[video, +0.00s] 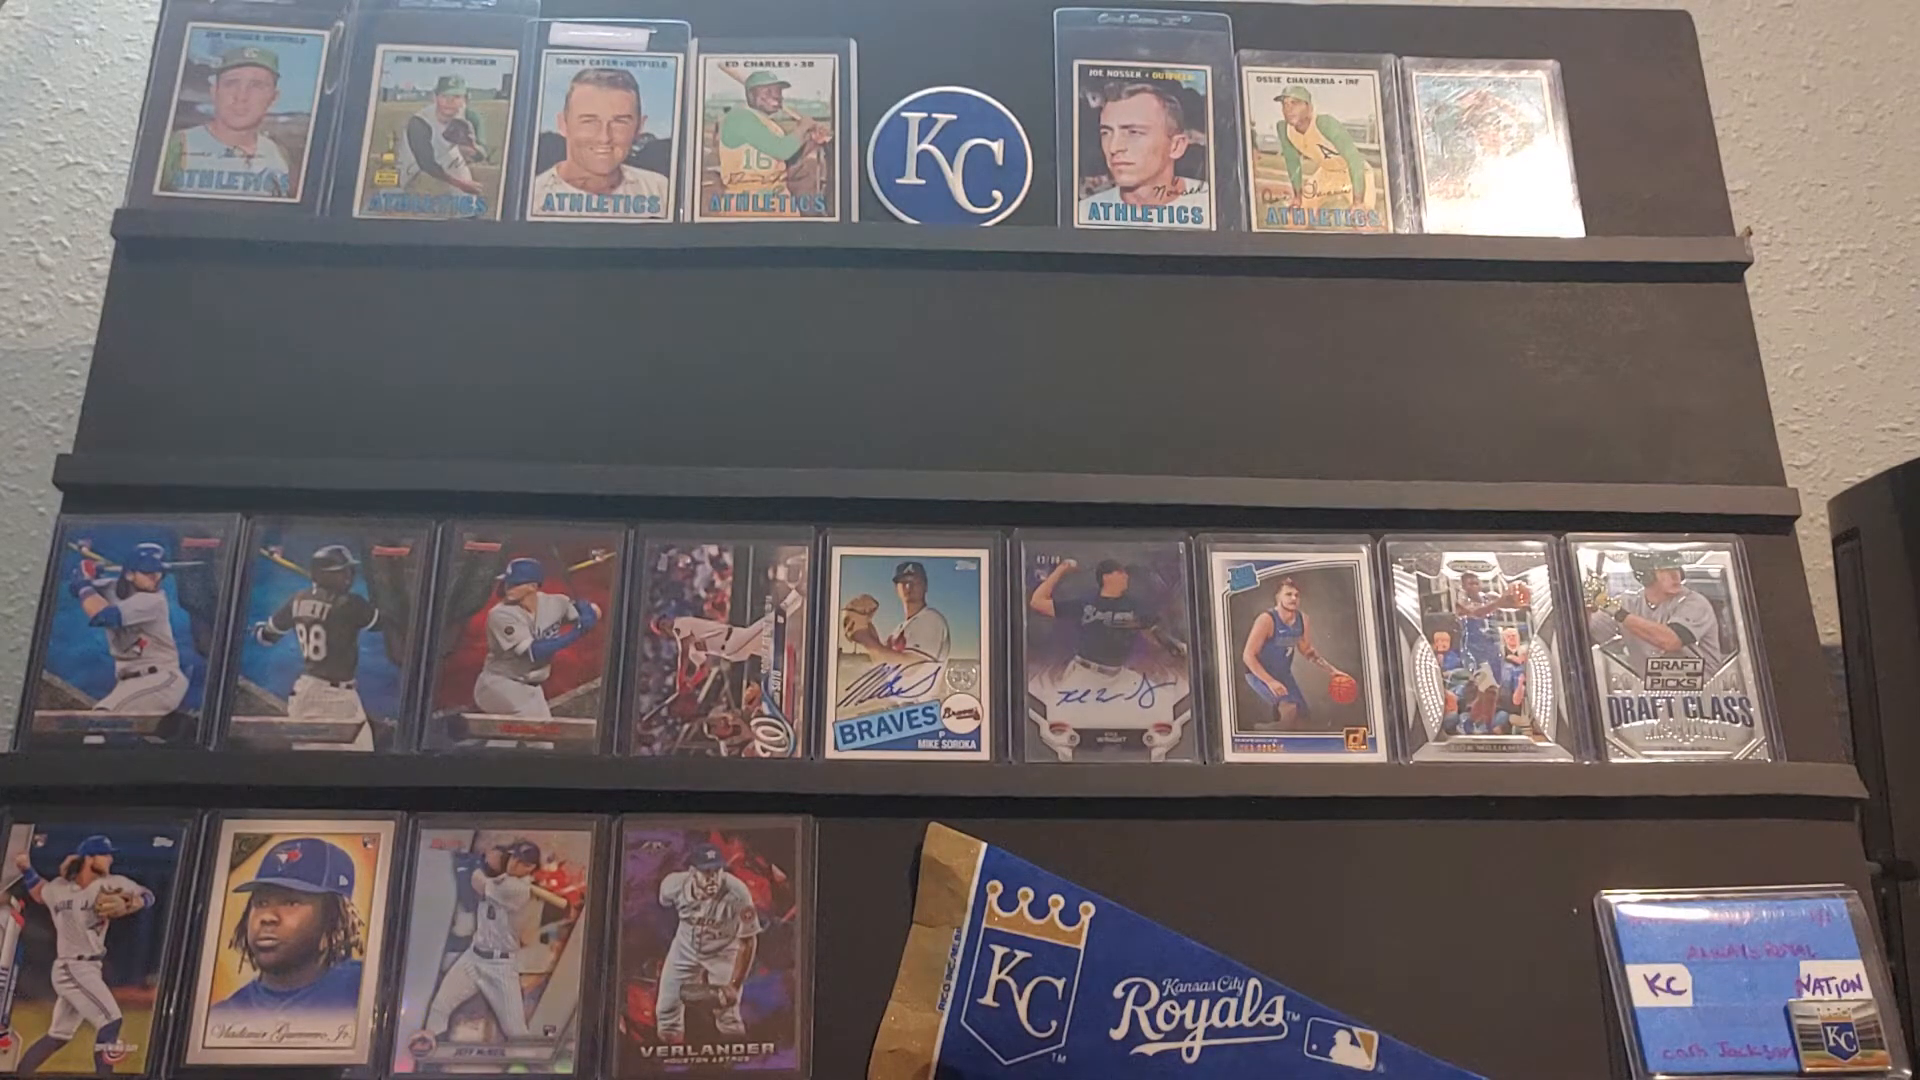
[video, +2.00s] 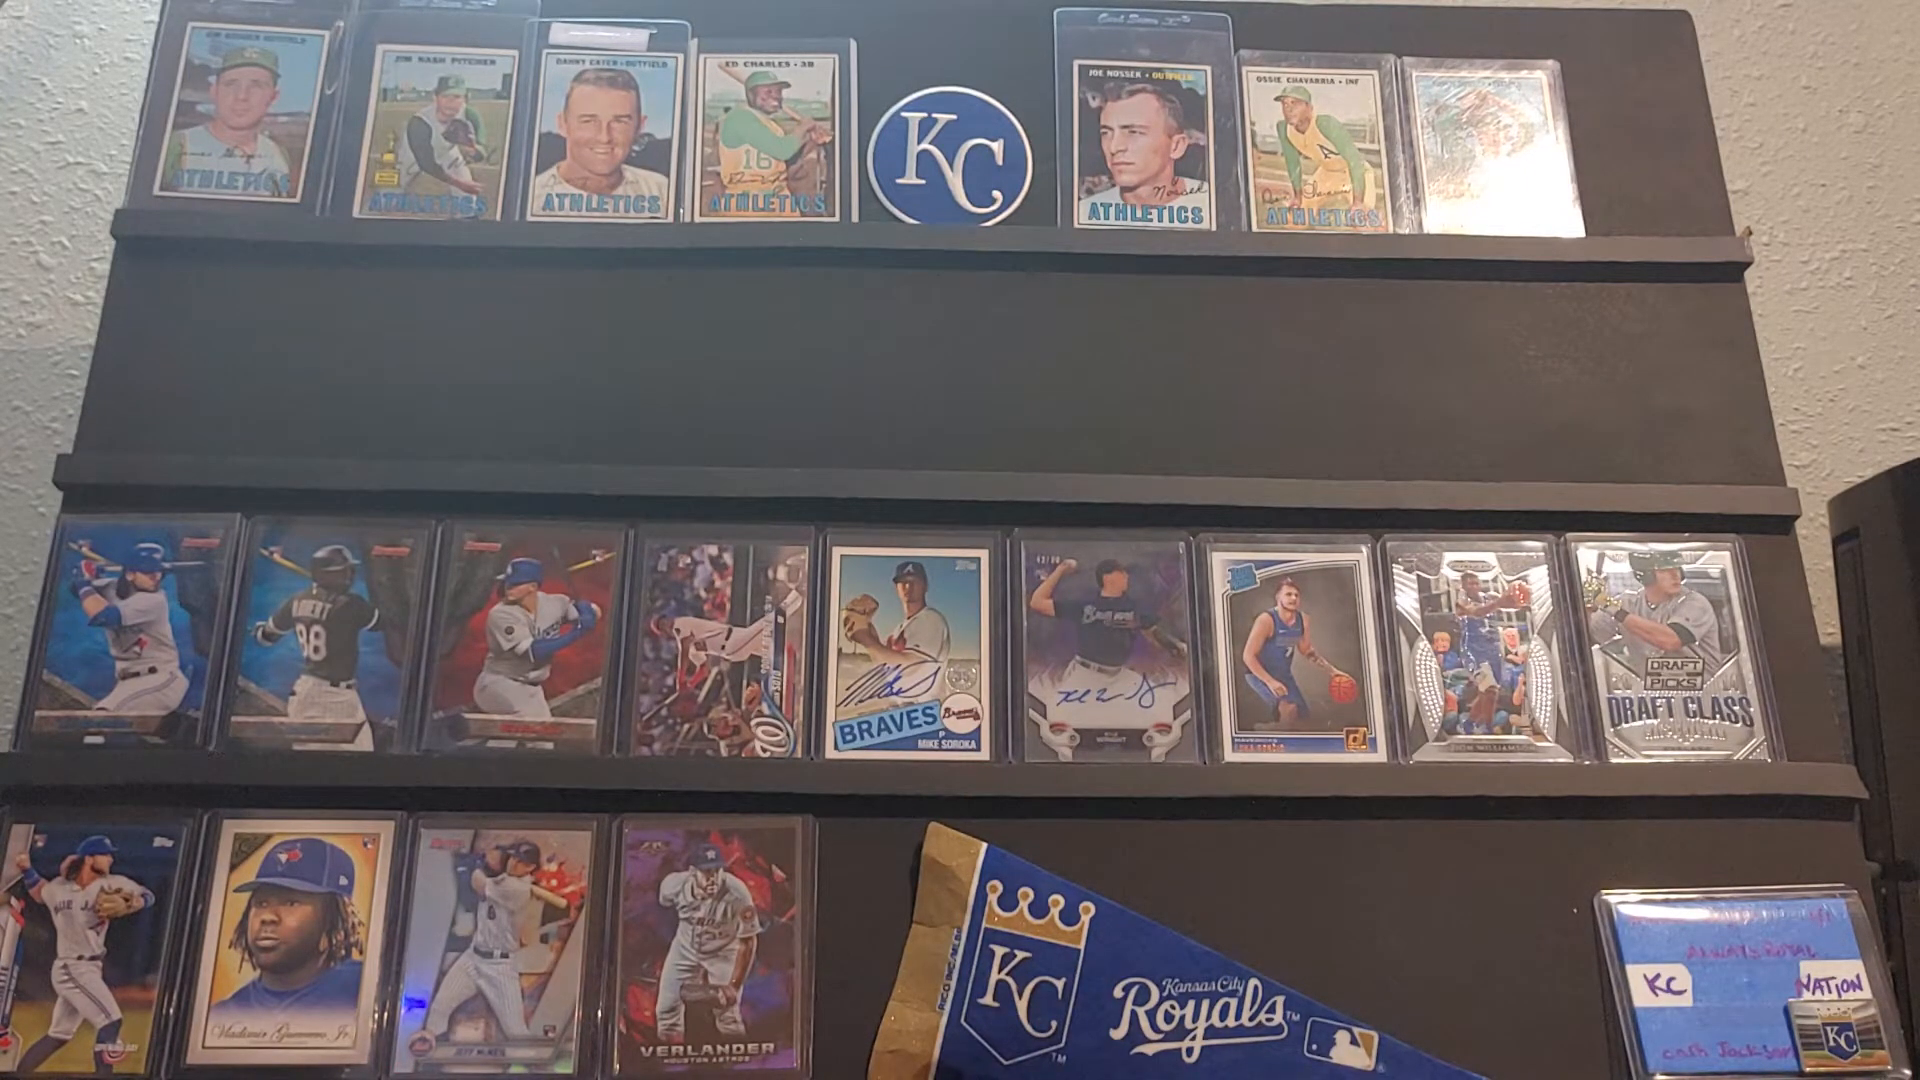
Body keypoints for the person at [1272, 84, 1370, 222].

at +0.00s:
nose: (1288, 109)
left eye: (1294, 103)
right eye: (1285, 104)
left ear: (1308, 107)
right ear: (1282, 108)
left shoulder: (1326, 123)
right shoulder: (1283, 128)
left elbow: (1355, 159)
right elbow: (1292, 162)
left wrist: (1358, 203)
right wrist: (1297, 196)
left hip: (1354, 172)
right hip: (1326, 172)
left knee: (1361, 218)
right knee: (1304, 210)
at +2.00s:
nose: (1288, 109)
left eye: (1294, 103)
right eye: (1284, 104)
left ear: (1309, 107)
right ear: (1281, 108)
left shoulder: (1327, 124)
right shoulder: (1283, 128)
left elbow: (1355, 161)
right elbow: (1293, 163)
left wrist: (1358, 202)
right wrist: (1297, 197)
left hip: (1355, 172)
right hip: (1327, 172)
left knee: (1360, 219)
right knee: (1303, 208)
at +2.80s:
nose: (1288, 109)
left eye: (1294, 103)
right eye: (1285, 104)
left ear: (1309, 107)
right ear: (1281, 108)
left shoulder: (1326, 124)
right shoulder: (1283, 128)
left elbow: (1355, 161)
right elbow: (1293, 163)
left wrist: (1358, 202)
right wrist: (1298, 197)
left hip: (1355, 172)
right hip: (1327, 172)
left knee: (1360, 219)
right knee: (1303, 209)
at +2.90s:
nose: (1288, 109)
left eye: (1294, 103)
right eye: (1285, 104)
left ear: (1309, 107)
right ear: (1281, 108)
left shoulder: (1327, 124)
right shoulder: (1283, 128)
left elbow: (1355, 161)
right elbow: (1292, 163)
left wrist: (1358, 202)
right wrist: (1298, 197)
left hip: (1355, 172)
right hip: (1327, 172)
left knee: (1360, 219)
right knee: (1303, 209)